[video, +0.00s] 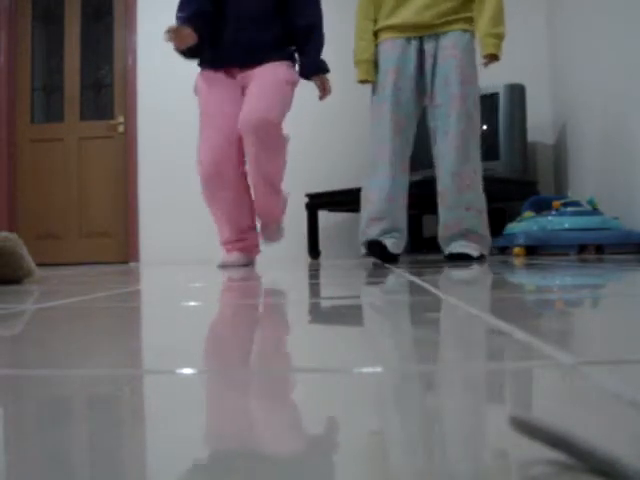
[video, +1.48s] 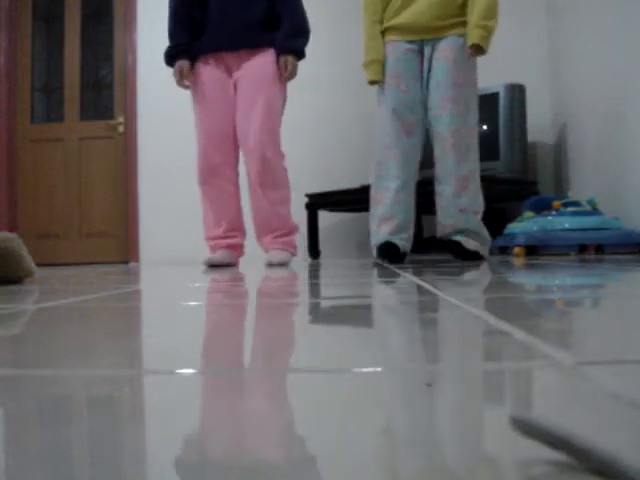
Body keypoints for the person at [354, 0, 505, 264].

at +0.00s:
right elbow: (367, 4)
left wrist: (490, 29)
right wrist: (364, 51)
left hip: (454, 21)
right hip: (394, 25)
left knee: (456, 136)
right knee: (388, 137)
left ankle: (464, 240)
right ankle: (384, 238)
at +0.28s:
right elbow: (361, 4)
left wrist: (463, 21)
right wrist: (364, 51)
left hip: (445, 27)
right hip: (393, 31)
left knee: (453, 138)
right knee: (396, 140)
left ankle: (462, 239)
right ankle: (393, 242)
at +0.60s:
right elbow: (375, 3)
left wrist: (492, 21)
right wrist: (381, 45)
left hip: (465, 25)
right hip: (408, 29)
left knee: (472, 134)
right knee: (411, 139)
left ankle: (478, 237)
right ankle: (413, 243)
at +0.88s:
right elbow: (377, 2)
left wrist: (509, 31)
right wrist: (380, 45)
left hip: (466, 27)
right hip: (409, 30)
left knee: (475, 134)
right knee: (416, 138)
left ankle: (483, 236)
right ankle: (419, 241)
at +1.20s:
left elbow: (487, 1)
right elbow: (376, 4)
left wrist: (484, 38)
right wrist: (377, 54)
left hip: (456, 31)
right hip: (403, 32)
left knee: (452, 136)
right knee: (402, 139)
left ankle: (462, 239)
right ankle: (402, 243)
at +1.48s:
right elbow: (373, 4)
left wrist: (480, 24)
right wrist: (373, 52)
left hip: (453, 27)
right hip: (397, 29)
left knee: (454, 132)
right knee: (396, 136)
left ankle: (463, 234)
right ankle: (391, 238)